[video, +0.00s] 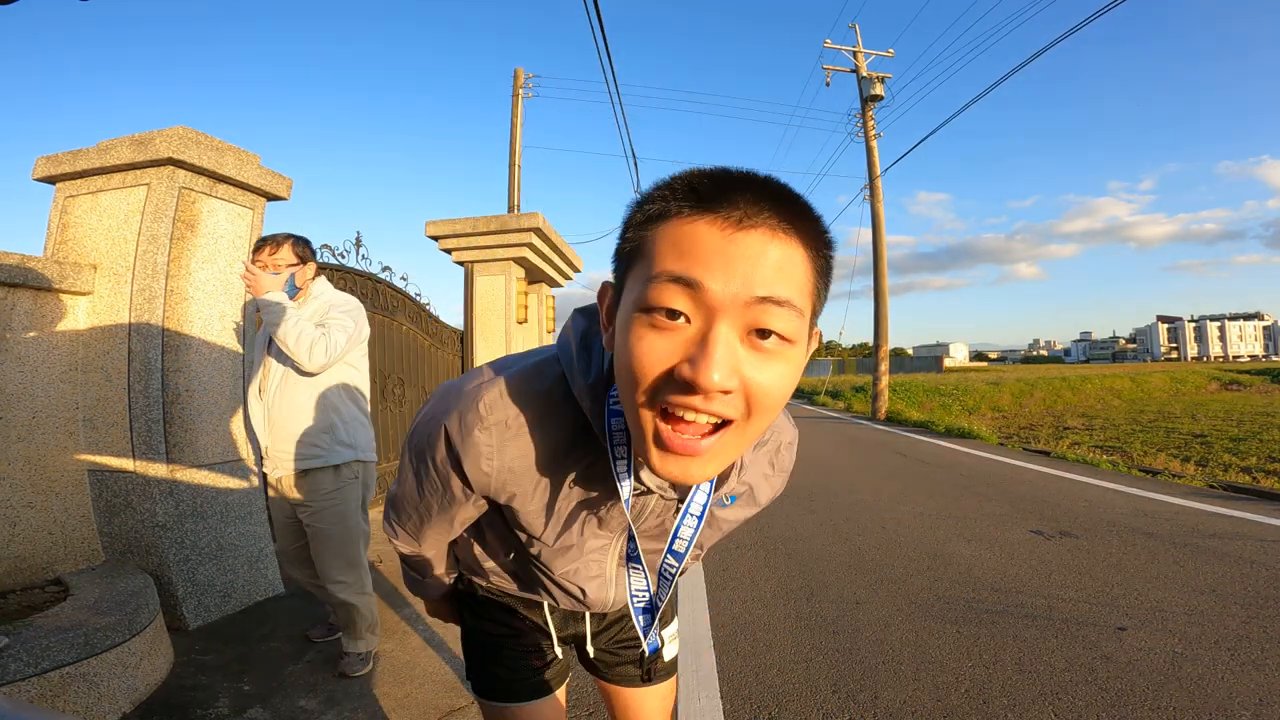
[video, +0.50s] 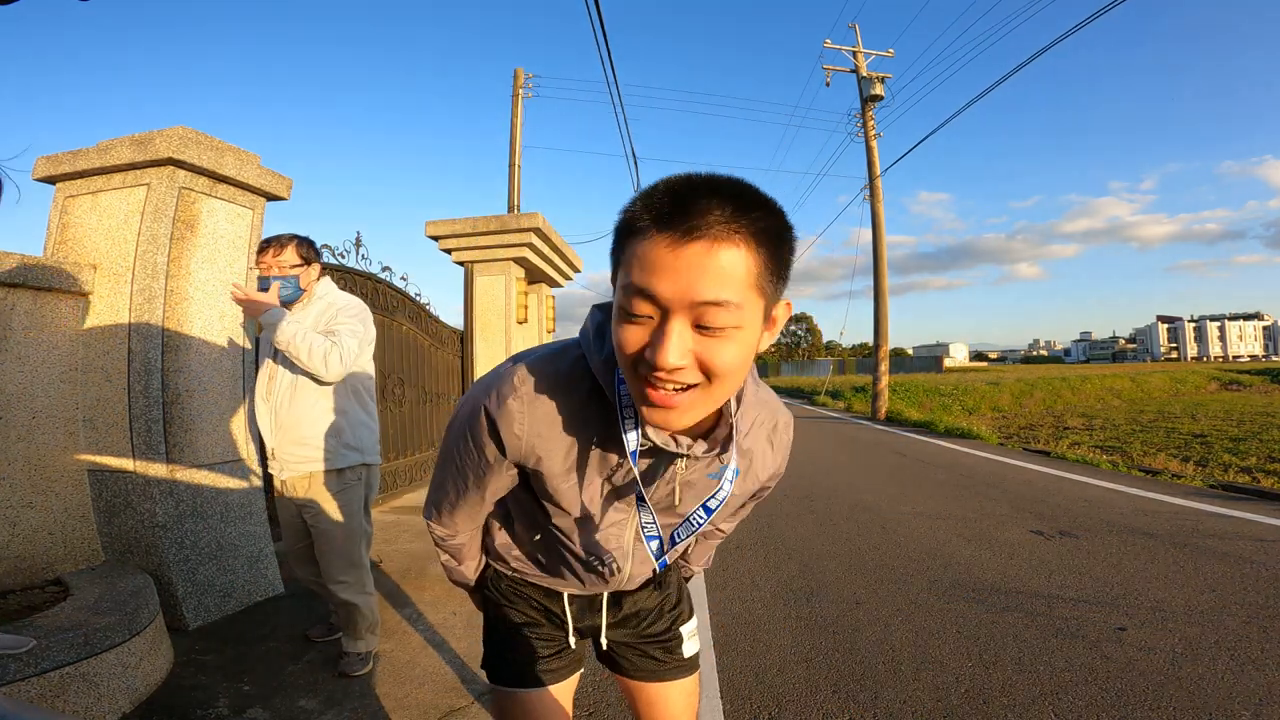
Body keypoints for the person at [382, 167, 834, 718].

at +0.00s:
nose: (707, 375)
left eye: (765, 334)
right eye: (672, 314)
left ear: (805, 355)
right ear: (610, 316)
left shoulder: (772, 454)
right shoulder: (481, 425)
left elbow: (687, 529)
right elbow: (416, 535)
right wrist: (441, 595)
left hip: (639, 581)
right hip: (509, 586)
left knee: (650, 708)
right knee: (533, 709)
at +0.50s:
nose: (665, 355)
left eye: (708, 325)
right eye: (640, 314)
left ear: (770, 326)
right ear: (614, 299)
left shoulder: (767, 432)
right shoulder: (520, 401)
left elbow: (716, 528)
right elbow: (450, 518)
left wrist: (676, 569)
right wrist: (486, 583)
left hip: (653, 581)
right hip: (531, 586)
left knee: (674, 710)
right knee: (533, 708)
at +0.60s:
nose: (604, 333)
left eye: (644, 302)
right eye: (581, 296)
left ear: (719, 293)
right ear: (563, 280)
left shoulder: (748, 407)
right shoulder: (501, 385)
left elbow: (728, 516)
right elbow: (447, 515)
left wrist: (702, 586)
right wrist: (474, 586)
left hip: (656, 581)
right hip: (533, 584)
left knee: (673, 710)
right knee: (522, 709)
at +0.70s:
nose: (540, 312)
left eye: (574, 279)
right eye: (518, 277)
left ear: (659, 264)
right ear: (503, 264)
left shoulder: (718, 383)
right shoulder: (473, 375)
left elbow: (727, 517)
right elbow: (437, 515)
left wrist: (728, 609)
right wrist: (455, 598)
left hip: (651, 591)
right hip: (525, 592)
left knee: (665, 709)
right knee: (506, 709)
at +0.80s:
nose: (465, 300)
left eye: (497, 267)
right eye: (445, 269)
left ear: (591, 246)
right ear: (432, 260)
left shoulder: (683, 361)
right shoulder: (442, 368)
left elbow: (729, 506)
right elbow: (424, 503)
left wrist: (742, 625)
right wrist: (428, 611)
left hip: (638, 595)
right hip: (511, 596)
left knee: (658, 709)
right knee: (484, 708)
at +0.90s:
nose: (374, 305)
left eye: (401, 269)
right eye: (360, 273)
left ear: (509, 242)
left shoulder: (640, 356)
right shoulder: (397, 376)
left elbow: (718, 518)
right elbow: (394, 514)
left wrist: (713, 660)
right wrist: (383, 627)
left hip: (620, 602)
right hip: (489, 601)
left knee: (648, 709)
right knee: (468, 707)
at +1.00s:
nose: (262, 327)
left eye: (286, 286)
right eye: (244, 292)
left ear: (407, 253)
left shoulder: (574, 360)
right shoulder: (337, 395)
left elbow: (670, 541)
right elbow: (336, 532)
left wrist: (622, 692)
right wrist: (299, 644)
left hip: (586, 606)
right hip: (461, 609)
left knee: (592, 707)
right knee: (433, 709)